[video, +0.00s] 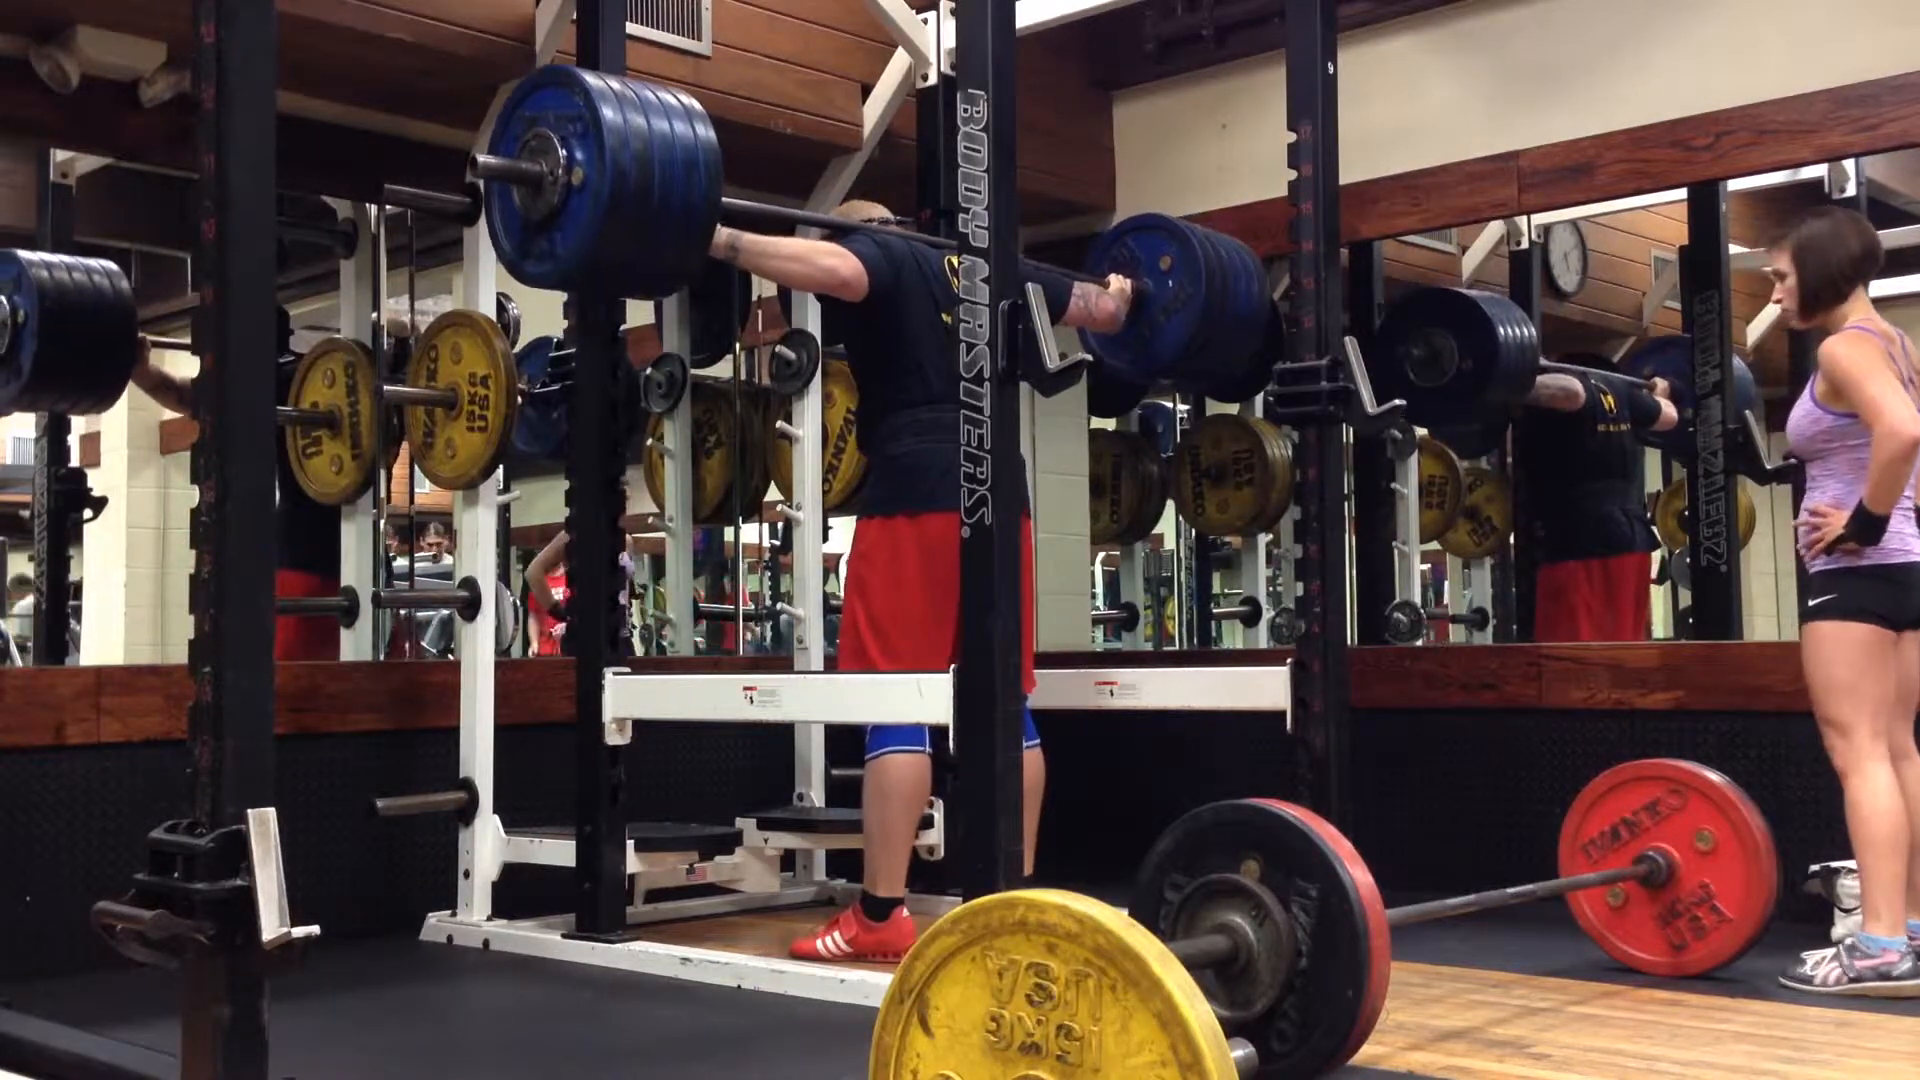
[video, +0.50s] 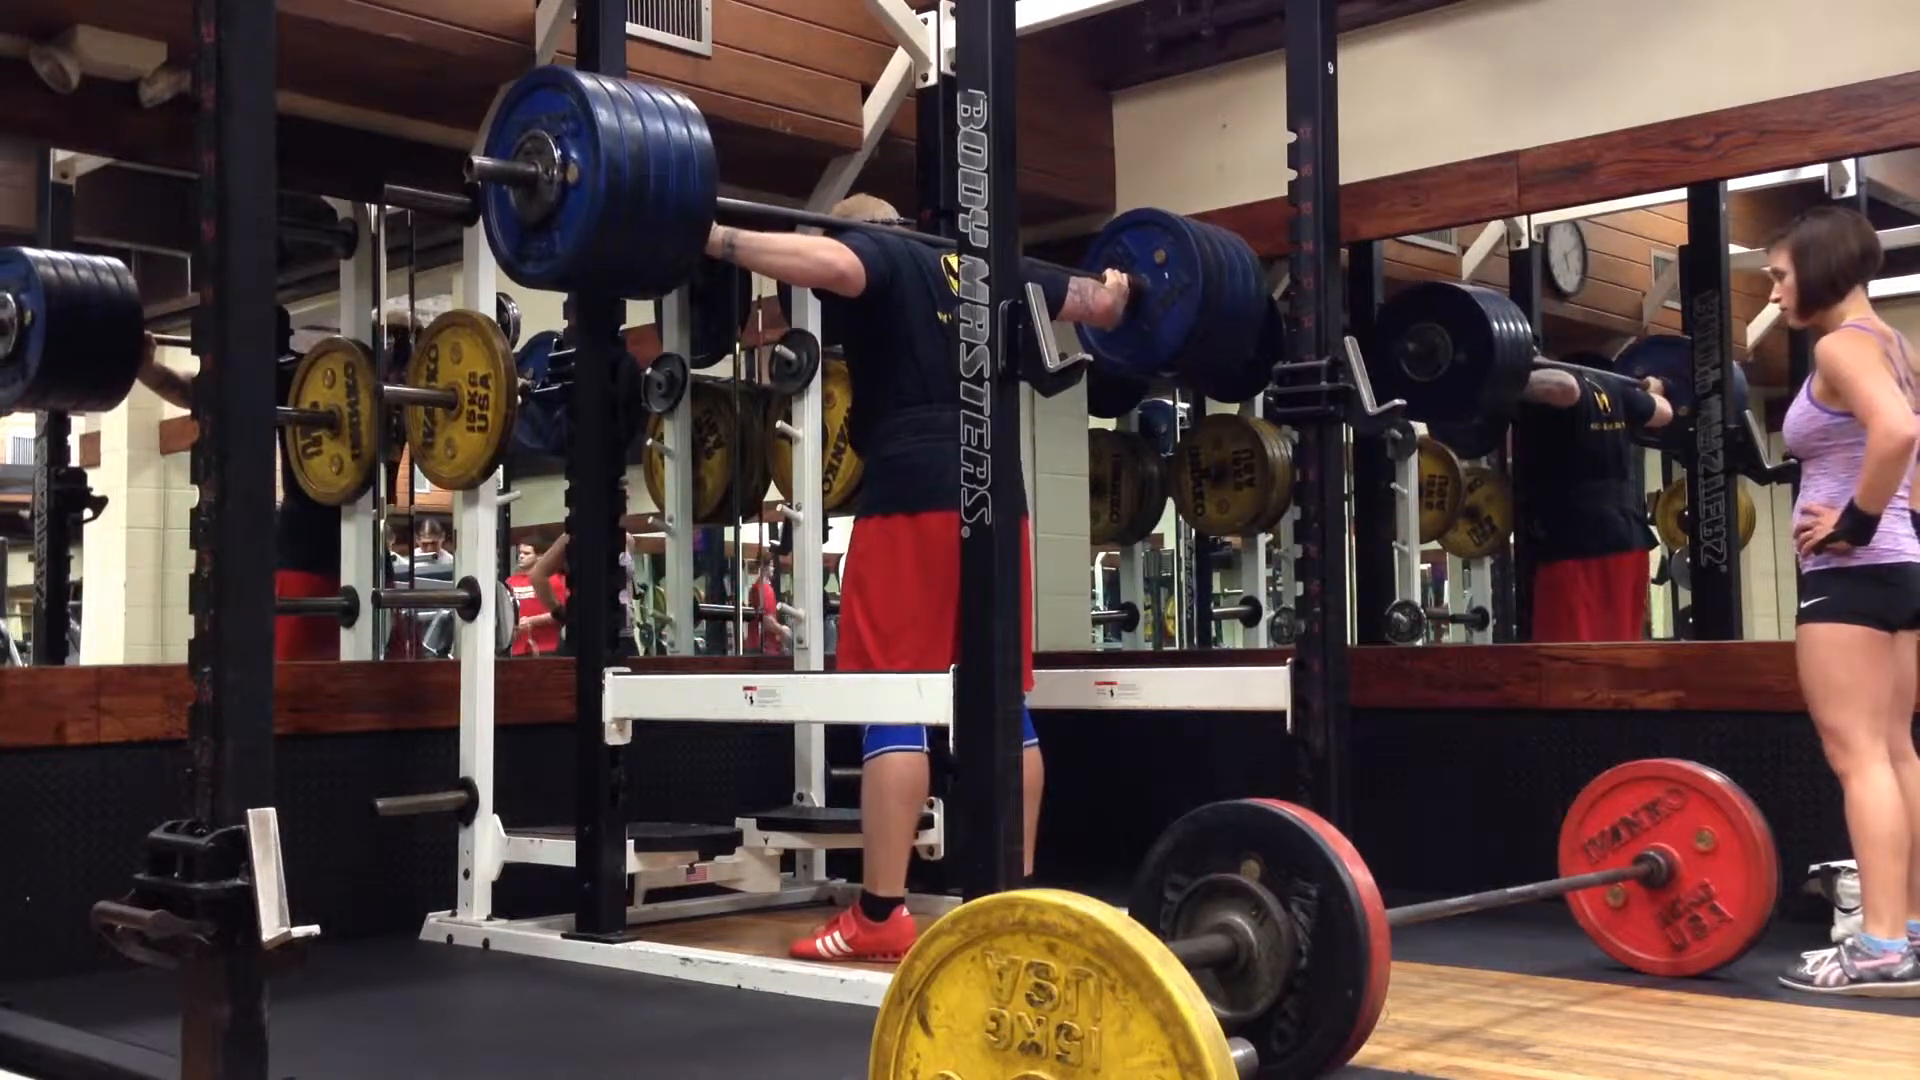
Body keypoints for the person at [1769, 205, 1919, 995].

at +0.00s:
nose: (1775, 288)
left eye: (1782, 275)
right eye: (1775, 274)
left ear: (1818, 273)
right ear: (1853, 271)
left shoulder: (1844, 347)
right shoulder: (1885, 338)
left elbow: (1898, 431)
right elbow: (1885, 440)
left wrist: (1862, 524)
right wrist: (1837, 510)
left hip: (1852, 575)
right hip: (1894, 570)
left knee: (1860, 752)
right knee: (1899, 747)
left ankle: (1881, 940)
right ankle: (1897, 926)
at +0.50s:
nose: (1774, 289)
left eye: (1781, 274)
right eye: (1773, 274)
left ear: (1820, 270)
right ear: (1849, 270)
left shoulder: (1842, 344)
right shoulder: (1882, 339)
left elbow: (1894, 430)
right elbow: (1890, 440)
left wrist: (1852, 522)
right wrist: (1838, 508)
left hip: (1850, 577)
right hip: (1892, 572)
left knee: (1859, 756)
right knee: (1896, 749)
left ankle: (1883, 942)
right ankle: (1897, 930)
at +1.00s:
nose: (1770, 286)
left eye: (1777, 271)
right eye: (1769, 271)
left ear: (1812, 267)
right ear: (1851, 267)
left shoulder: (1835, 344)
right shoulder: (1883, 342)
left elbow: (1888, 431)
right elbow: (1906, 457)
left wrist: (1844, 522)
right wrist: (1873, 515)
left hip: (1844, 575)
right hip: (1889, 570)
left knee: (1856, 757)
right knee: (1889, 749)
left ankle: (1882, 942)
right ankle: (1902, 926)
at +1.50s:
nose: (1766, 283)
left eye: (1772, 267)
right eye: (1766, 267)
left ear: (1807, 265)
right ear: (1848, 264)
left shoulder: (1832, 344)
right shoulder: (1882, 342)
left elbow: (1885, 432)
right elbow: (1907, 444)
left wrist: (1842, 519)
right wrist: (1892, 516)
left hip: (1842, 574)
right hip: (1887, 569)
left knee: (1855, 758)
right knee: (1888, 750)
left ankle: (1882, 942)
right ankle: (1902, 927)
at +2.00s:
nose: (1762, 284)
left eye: (1768, 267)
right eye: (1761, 268)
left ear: (1803, 265)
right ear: (1843, 264)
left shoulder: (1828, 342)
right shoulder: (1878, 340)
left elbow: (1881, 431)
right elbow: (1906, 448)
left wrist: (1839, 521)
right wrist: (1893, 522)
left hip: (1839, 574)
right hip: (1885, 569)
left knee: (1855, 758)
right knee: (1887, 750)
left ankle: (1883, 942)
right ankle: (1901, 927)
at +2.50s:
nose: (1759, 283)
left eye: (1764, 267)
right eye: (1758, 268)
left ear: (1800, 264)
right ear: (1838, 263)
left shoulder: (1825, 343)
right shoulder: (1875, 339)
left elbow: (1878, 431)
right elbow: (1907, 444)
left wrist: (1837, 521)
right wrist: (1891, 521)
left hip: (1836, 572)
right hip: (1884, 567)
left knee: (1853, 757)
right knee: (1886, 750)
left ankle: (1882, 943)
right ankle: (1904, 927)